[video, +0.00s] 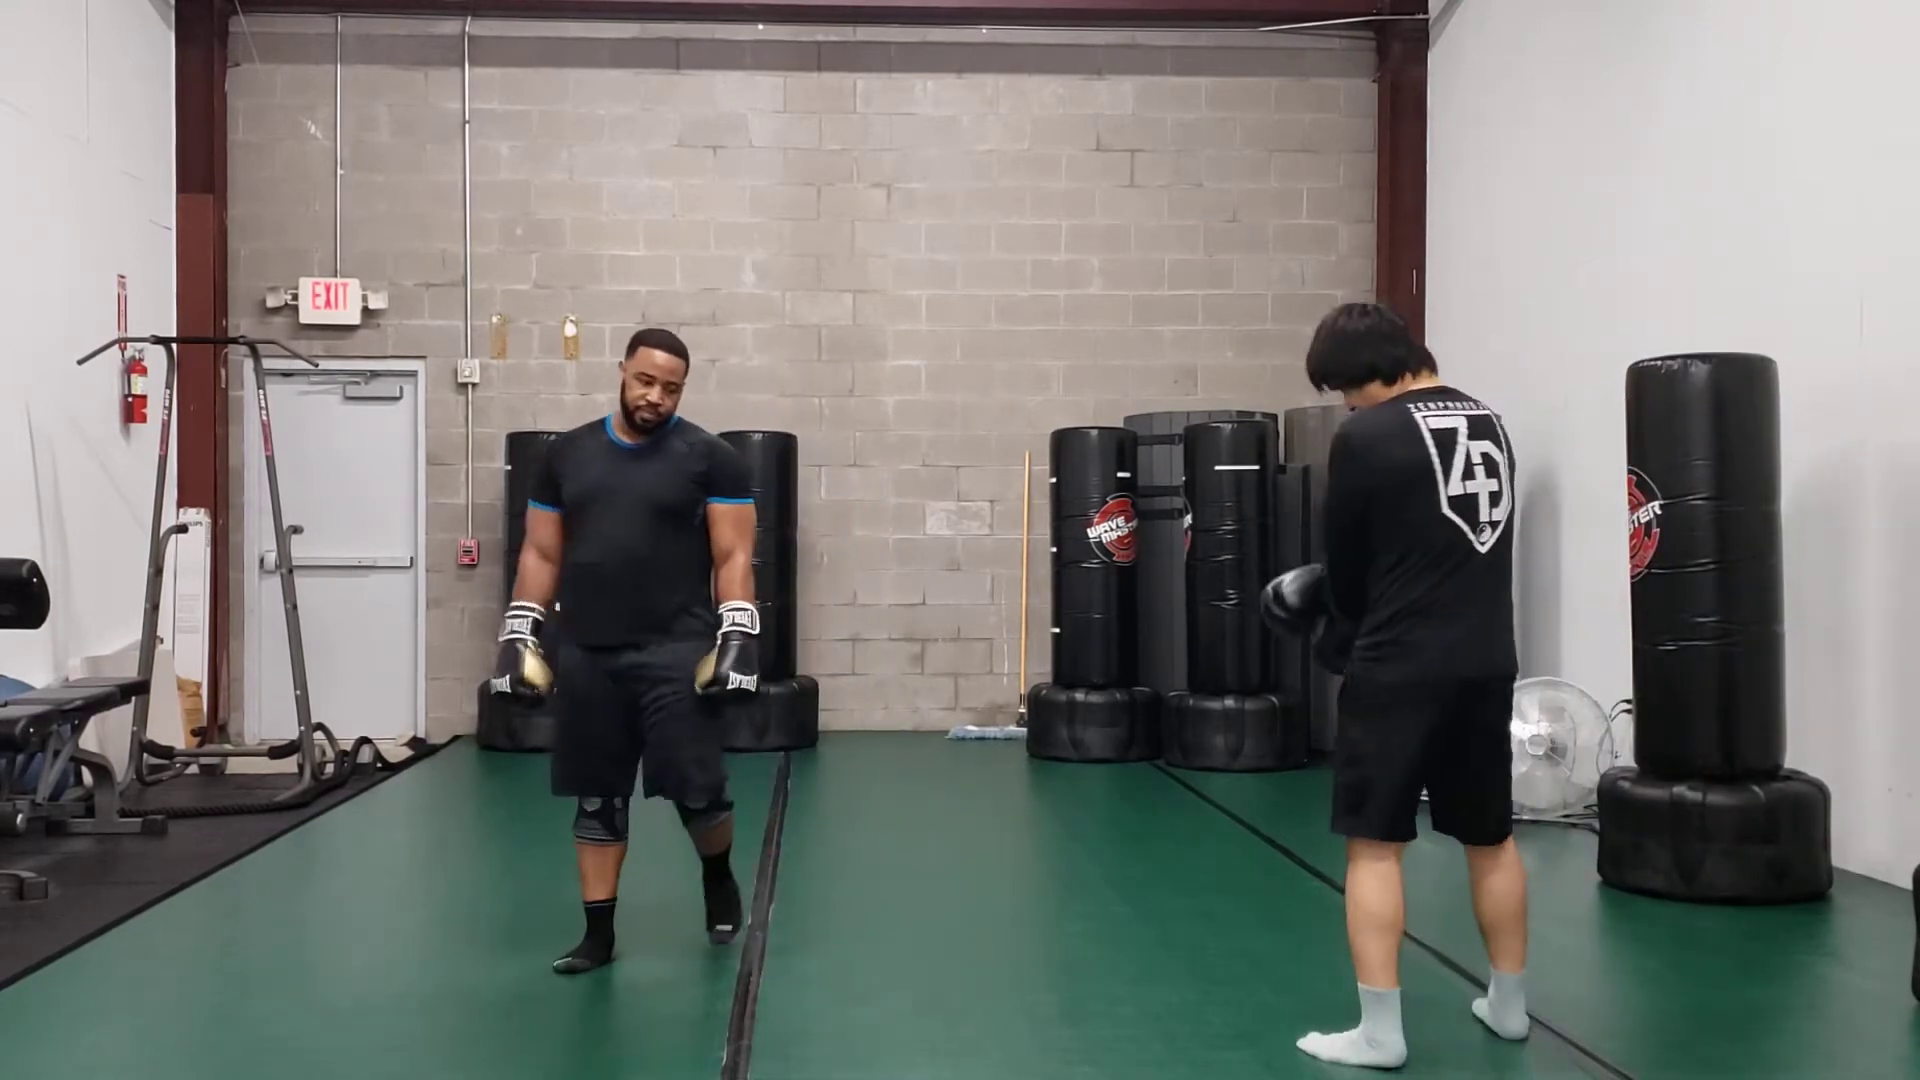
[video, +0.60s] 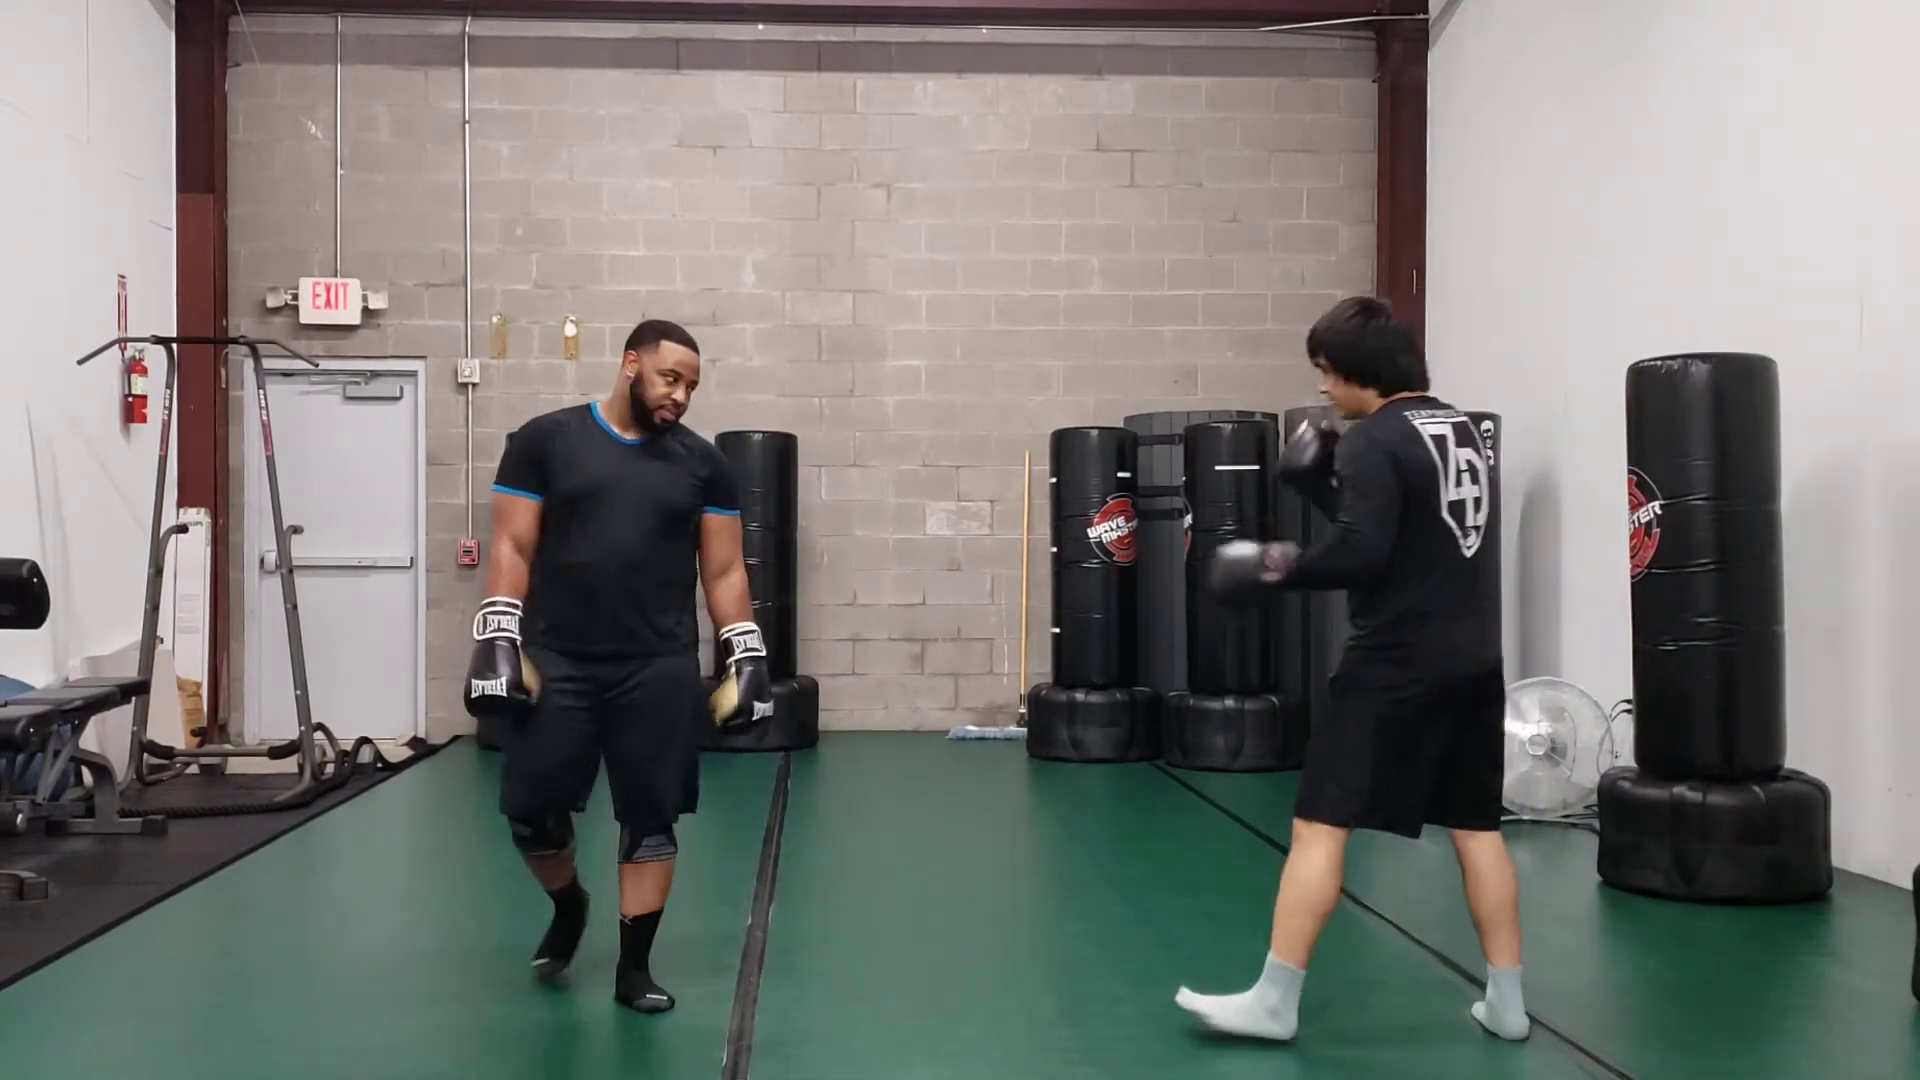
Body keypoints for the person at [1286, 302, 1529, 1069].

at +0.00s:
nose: (1344, 408)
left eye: (1342, 393)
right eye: (1338, 394)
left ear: (1365, 377)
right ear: (1408, 360)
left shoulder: (1365, 439)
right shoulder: (1483, 421)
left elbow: (1347, 577)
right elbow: (1448, 543)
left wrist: (1343, 642)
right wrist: (1329, 580)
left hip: (1397, 668)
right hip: (1484, 663)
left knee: (1375, 841)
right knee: (1491, 833)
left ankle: (1380, 1030)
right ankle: (1509, 1004)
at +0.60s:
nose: (1323, 390)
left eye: (1327, 377)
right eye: (1321, 376)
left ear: (1360, 373)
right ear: (1398, 364)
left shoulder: (1377, 439)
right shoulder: (1468, 428)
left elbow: (1361, 552)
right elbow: (1406, 531)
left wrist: (1282, 565)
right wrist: (1324, 480)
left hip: (1389, 666)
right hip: (1472, 664)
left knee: (1320, 821)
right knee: (1477, 823)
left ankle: (1274, 999)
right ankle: (1507, 1002)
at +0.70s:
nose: (1296, 396)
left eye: (1299, 383)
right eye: (1295, 383)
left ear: (1331, 381)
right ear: (1372, 370)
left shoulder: (1342, 446)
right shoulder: (1439, 431)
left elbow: (1296, 544)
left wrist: (1210, 523)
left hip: (1361, 673)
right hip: (1446, 670)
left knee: (1307, 837)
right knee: (1461, 828)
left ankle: (1268, 1012)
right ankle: (1504, 1002)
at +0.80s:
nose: (1270, 392)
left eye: (1273, 380)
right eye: (1268, 379)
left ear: (1303, 381)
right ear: (1352, 368)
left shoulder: (1307, 446)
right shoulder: (1412, 431)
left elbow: (1210, 514)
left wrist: (1136, 488)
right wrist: (1300, 410)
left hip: (1324, 670)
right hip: (1407, 667)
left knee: (1283, 831)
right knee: (1431, 820)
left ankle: (1267, 1013)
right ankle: (1493, 990)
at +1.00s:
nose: (1236, 385)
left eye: (1240, 372)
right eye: (1235, 372)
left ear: (1270, 371)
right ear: (1318, 363)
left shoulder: (1261, 430)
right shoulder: (1382, 426)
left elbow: (1154, 451)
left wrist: (1048, 456)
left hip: (1286, 667)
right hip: (1369, 663)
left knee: (1264, 828)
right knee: (1389, 814)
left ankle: (1265, 1013)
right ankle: (1430, 986)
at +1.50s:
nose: (1190, 403)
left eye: (1192, 388)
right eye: (1186, 389)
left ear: (1226, 378)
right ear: (1261, 370)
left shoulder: (1243, 439)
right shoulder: (1329, 426)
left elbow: (1192, 532)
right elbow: (1276, 525)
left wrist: (1093, 497)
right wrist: (1163, 514)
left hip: (1268, 664)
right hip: (1342, 655)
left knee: (1256, 828)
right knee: (1359, 808)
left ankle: (1265, 1013)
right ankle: (1405, 973)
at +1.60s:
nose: (1192, 414)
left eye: (1194, 398)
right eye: (1187, 400)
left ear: (1232, 388)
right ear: (1253, 381)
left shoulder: (1267, 445)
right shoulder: (1318, 426)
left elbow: (1277, 547)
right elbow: (1301, 535)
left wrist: (1179, 534)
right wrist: (1214, 503)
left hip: (1274, 669)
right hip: (1340, 662)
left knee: (1241, 827)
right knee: (1349, 817)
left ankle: (1263, 1012)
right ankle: (1397, 983)